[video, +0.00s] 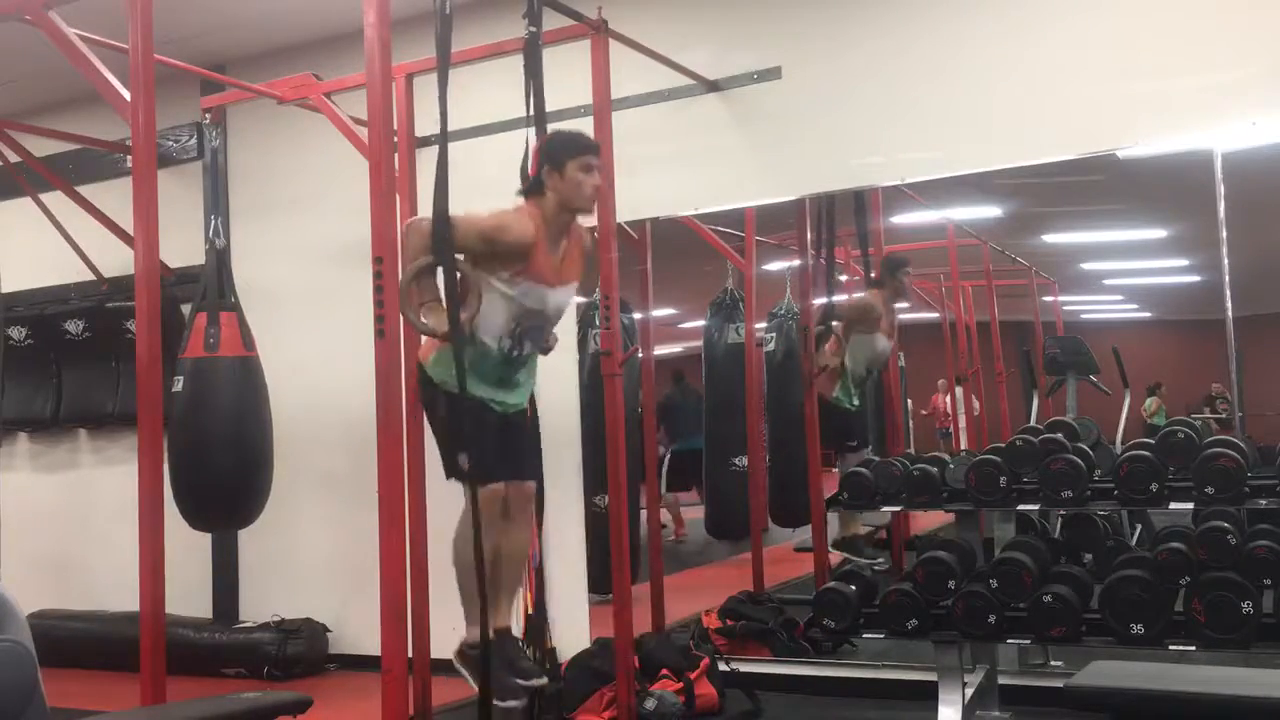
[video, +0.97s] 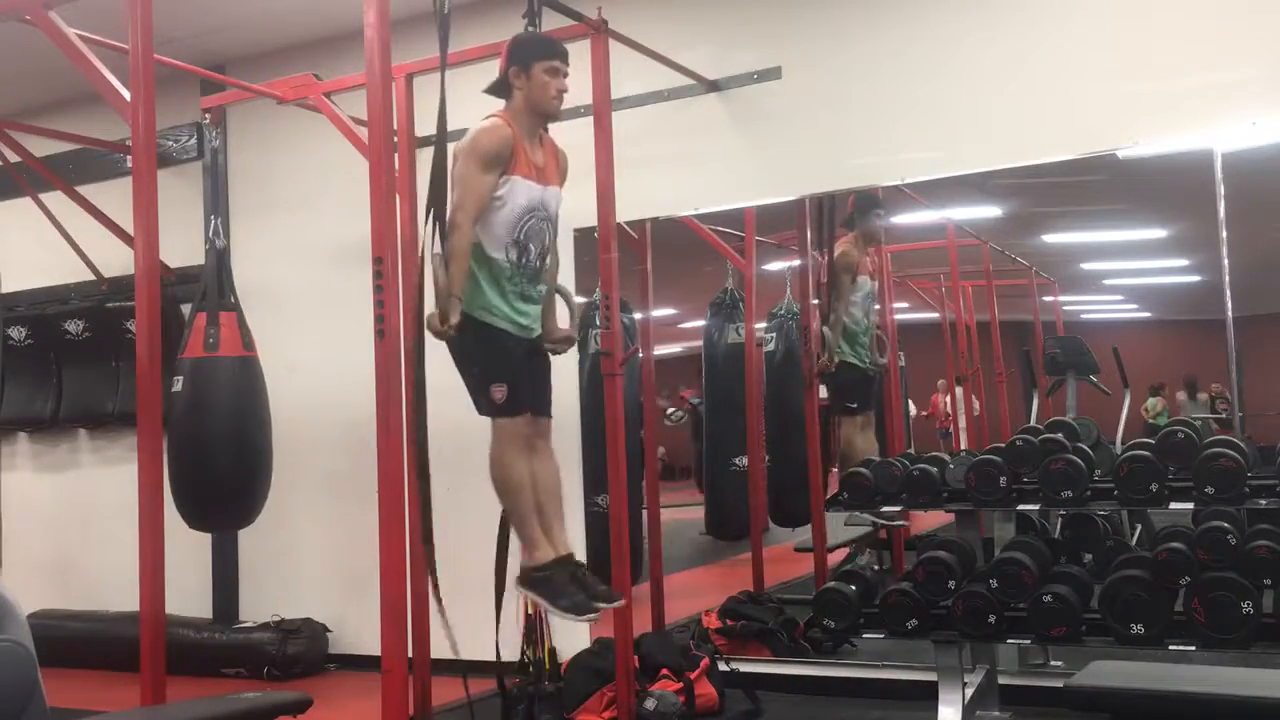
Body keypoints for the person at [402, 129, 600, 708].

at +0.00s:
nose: (596, 182)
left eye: (597, 171)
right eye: (584, 171)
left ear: (586, 181)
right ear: (550, 178)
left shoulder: (577, 239)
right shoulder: (513, 229)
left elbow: (536, 290)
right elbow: (416, 232)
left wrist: (543, 328)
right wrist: (425, 305)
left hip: (513, 384)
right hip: (459, 377)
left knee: (518, 499)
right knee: (491, 499)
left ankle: (496, 636)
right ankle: (479, 639)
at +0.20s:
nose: (585, 135)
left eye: (586, 125)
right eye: (573, 125)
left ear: (580, 135)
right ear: (536, 129)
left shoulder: (569, 197)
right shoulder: (507, 190)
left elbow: (532, 266)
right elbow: (414, 235)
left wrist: (535, 326)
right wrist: (425, 308)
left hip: (513, 353)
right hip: (466, 346)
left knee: (514, 468)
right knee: (483, 468)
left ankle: (490, 603)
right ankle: (461, 609)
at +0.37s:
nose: (580, 106)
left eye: (581, 96)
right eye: (569, 95)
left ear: (573, 105)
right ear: (532, 99)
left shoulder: (570, 172)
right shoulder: (504, 162)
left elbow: (543, 253)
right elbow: (429, 233)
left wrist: (546, 320)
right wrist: (422, 308)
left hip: (516, 339)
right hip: (467, 333)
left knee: (507, 451)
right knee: (475, 450)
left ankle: (486, 577)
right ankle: (456, 581)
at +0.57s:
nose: (572, 88)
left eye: (574, 79)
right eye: (562, 77)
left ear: (565, 86)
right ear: (527, 79)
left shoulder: (561, 155)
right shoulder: (497, 139)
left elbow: (537, 245)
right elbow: (447, 226)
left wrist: (550, 311)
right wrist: (447, 307)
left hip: (522, 319)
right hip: (481, 315)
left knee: (511, 437)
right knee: (487, 433)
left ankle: (497, 565)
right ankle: (467, 567)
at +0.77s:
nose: (566, 88)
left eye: (568, 79)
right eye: (556, 77)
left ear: (558, 86)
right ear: (520, 78)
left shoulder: (554, 156)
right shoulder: (492, 139)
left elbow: (538, 247)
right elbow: (450, 224)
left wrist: (546, 316)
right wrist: (436, 303)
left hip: (521, 314)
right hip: (477, 308)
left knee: (525, 430)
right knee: (500, 427)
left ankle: (530, 564)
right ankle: (502, 564)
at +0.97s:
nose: (562, 85)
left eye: (565, 76)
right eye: (551, 74)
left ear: (561, 85)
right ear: (516, 77)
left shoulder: (553, 153)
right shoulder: (492, 137)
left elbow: (545, 241)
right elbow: (461, 221)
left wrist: (551, 310)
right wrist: (450, 301)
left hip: (527, 313)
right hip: (480, 308)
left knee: (539, 430)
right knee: (512, 427)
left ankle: (562, 556)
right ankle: (536, 561)